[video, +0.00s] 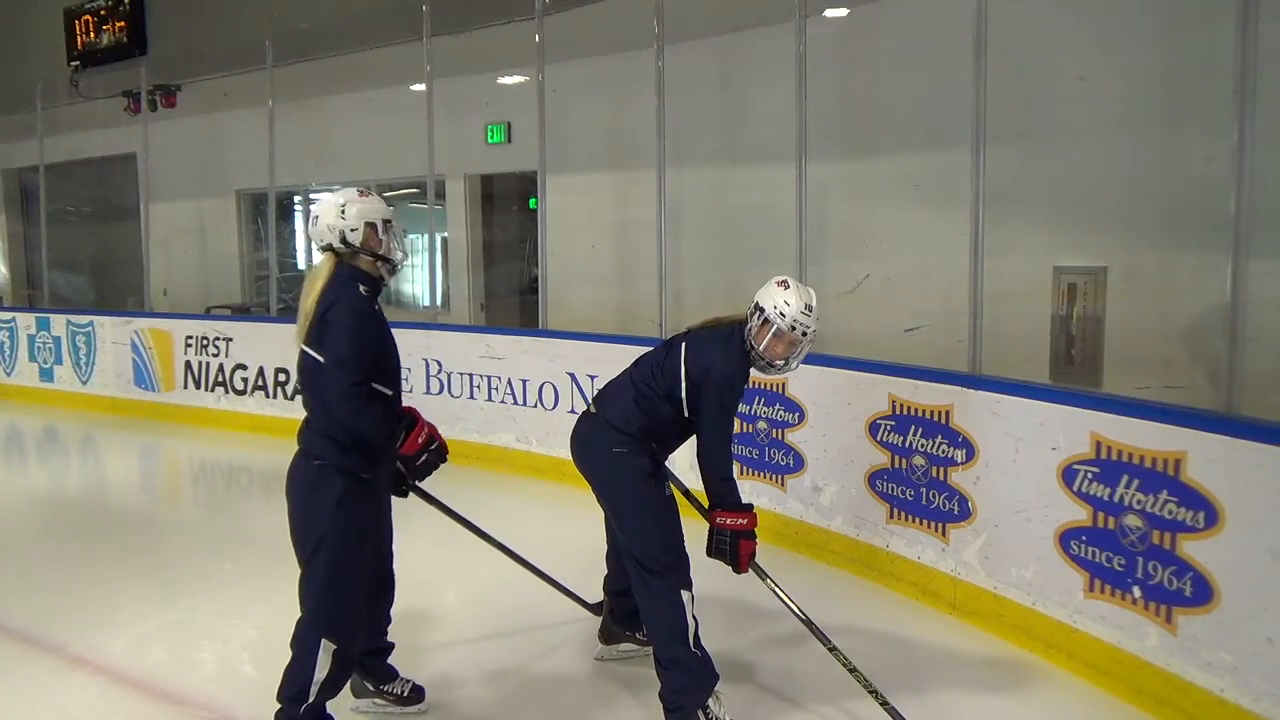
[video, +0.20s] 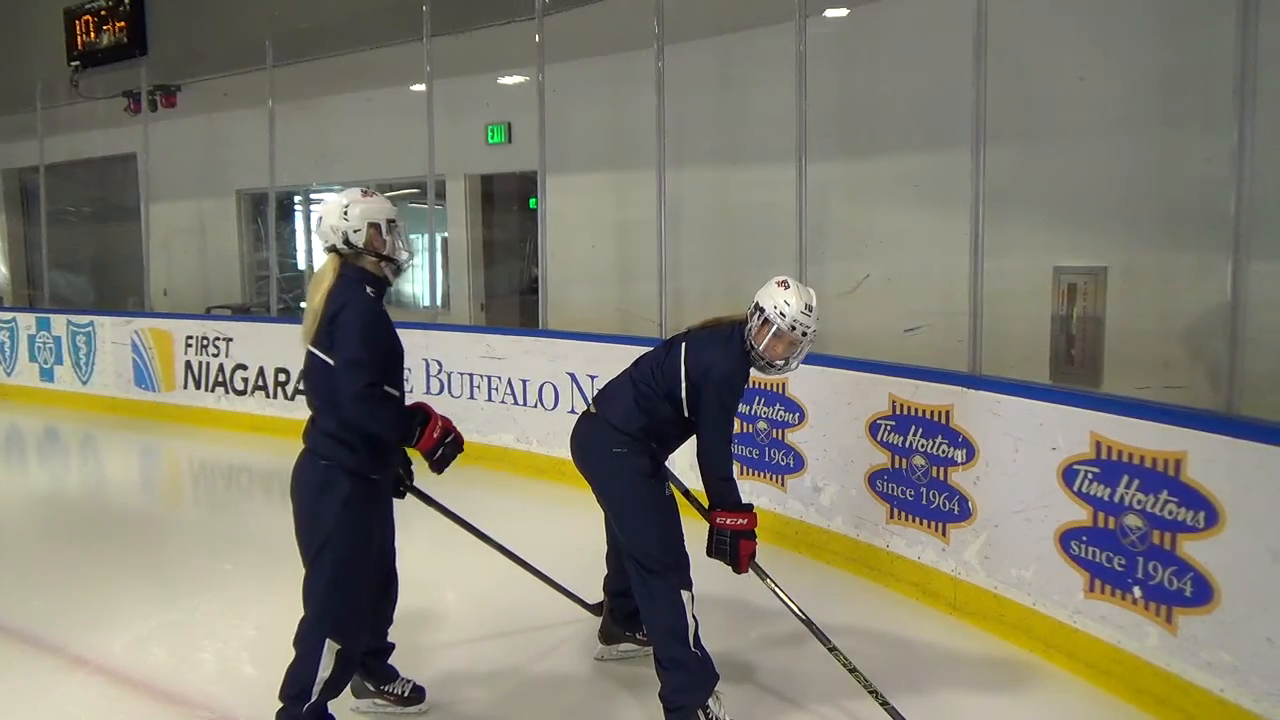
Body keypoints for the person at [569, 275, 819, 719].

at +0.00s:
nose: (775, 348)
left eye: (788, 342)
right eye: (771, 333)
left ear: (802, 345)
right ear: (755, 320)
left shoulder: (725, 340)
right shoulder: (725, 363)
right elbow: (714, 449)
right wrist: (732, 516)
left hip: (604, 434)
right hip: (620, 445)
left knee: (630, 534)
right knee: (664, 569)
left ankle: (621, 623)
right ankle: (689, 703)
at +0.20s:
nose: (775, 348)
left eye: (788, 342)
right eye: (772, 333)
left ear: (801, 345)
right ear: (756, 320)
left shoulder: (725, 340)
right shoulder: (725, 363)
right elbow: (714, 449)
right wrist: (732, 517)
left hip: (603, 434)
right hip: (620, 445)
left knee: (630, 533)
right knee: (664, 569)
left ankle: (621, 623)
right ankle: (689, 703)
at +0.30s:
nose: (775, 348)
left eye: (788, 342)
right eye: (771, 333)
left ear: (801, 346)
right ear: (755, 320)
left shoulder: (725, 340)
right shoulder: (725, 363)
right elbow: (714, 448)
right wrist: (732, 517)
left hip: (604, 434)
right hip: (620, 445)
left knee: (630, 535)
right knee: (664, 569)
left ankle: (622, 623)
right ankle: (689, 703)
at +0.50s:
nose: (776, 348)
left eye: (790, 342)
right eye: (773, 334)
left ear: (803, 346)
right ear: (757, 320)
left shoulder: (725, 341)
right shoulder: (726, 363)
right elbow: (715, 448)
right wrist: (733, 517)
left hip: (604, 435)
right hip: (621, 446)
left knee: (631, 535)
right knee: (666, 570)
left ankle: (622, 623)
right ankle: (690, 703)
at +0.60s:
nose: (778, 348)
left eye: (791, 342)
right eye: (774, 334)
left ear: (803, 346)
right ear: (758, 320)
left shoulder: (726, 340)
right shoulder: (726, 363)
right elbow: (716, 449)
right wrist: (734, 517)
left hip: (605, 435)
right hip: (622, 446)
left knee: (631, 536)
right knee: (667, 569)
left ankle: (623, 624)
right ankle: (691, 703)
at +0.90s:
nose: (779, 348)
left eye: (791, 342)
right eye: (775, 334)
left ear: (805, 345)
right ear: (759, 321)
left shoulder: (729, 340)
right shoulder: (729, 364)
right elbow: (718, 449)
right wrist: (735, 517)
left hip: (607, 434)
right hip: (623, 446)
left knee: (634, 534)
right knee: (669, 568)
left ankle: (625, 624)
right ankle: (693, 703)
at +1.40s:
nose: (782, 347)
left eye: (795, 341)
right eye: (778, 333)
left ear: (809, 346)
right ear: (762, 320)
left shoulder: (733, 340)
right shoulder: (733, 363)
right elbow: (722, 449)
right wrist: (739, 519)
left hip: (611, 434)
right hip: (627, 446)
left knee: (638, 535)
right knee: (672, 569)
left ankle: (628, 625)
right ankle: (696, 703)